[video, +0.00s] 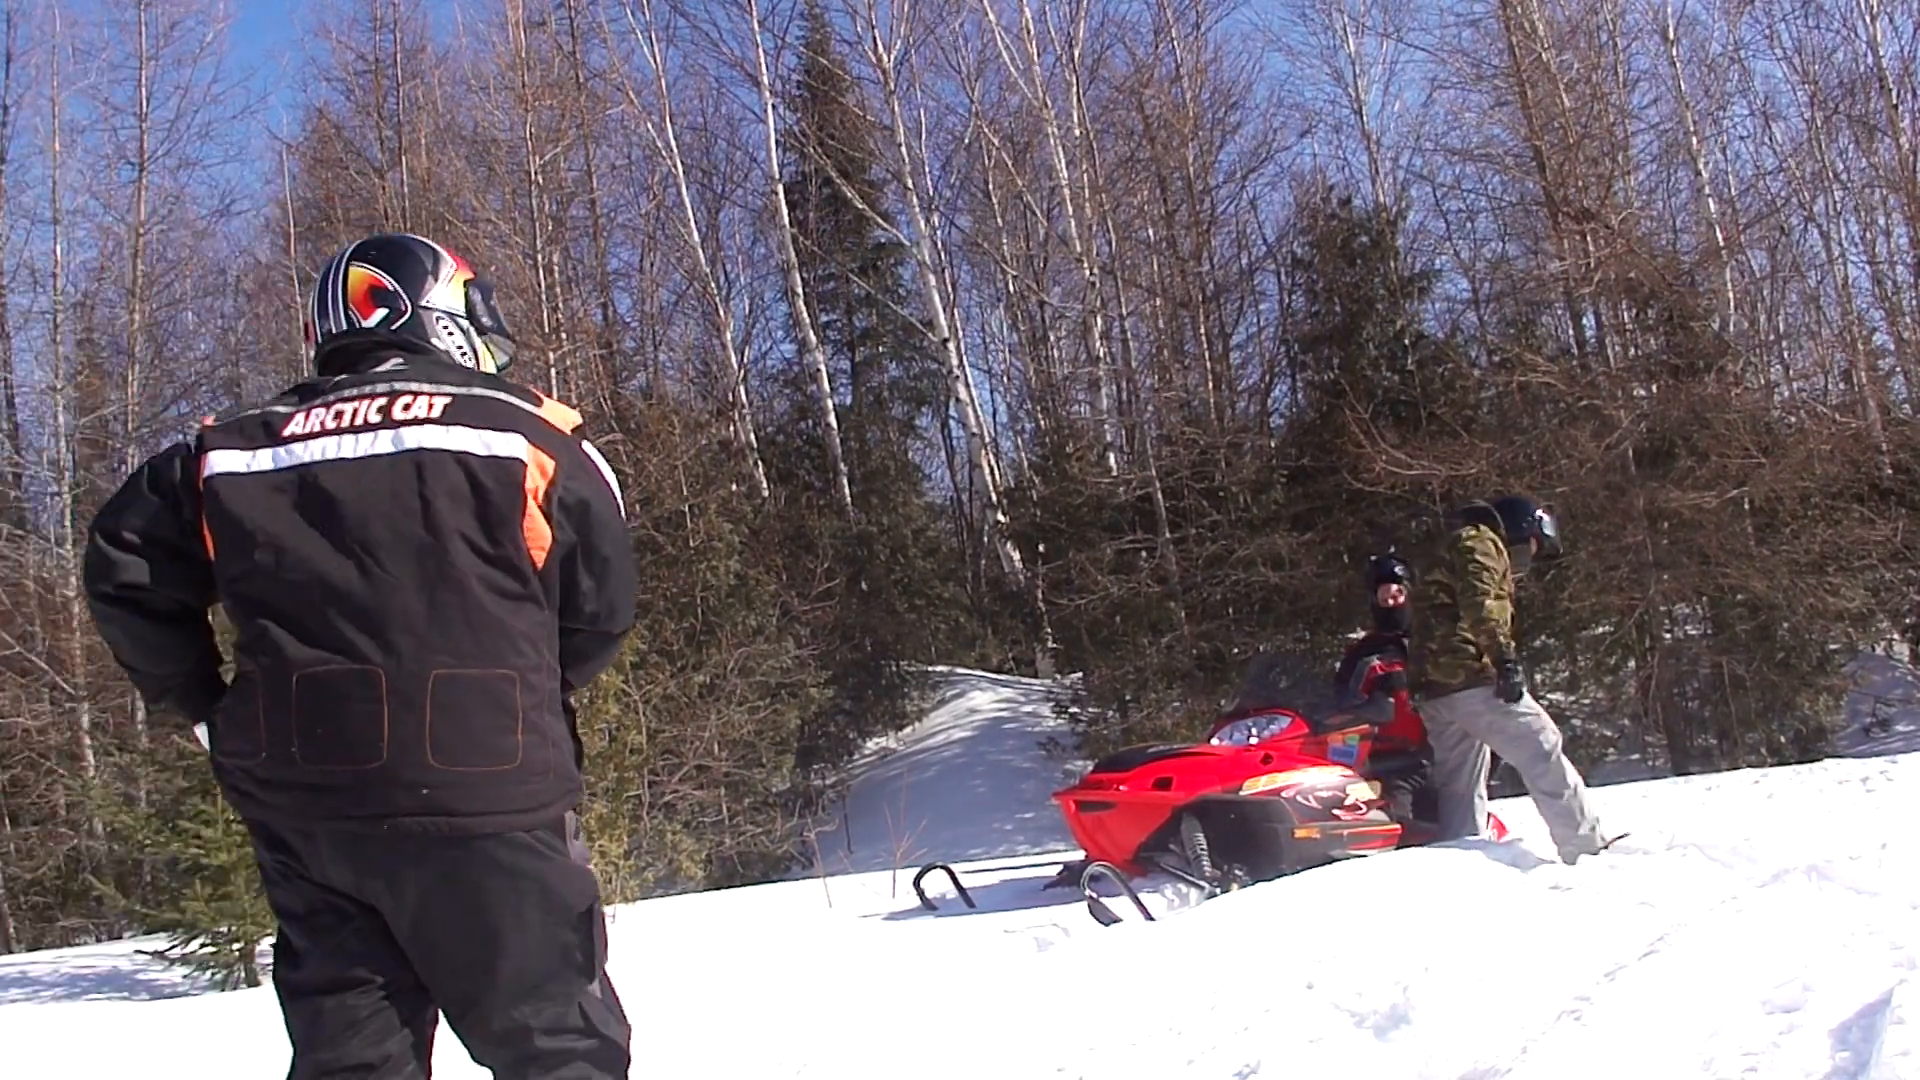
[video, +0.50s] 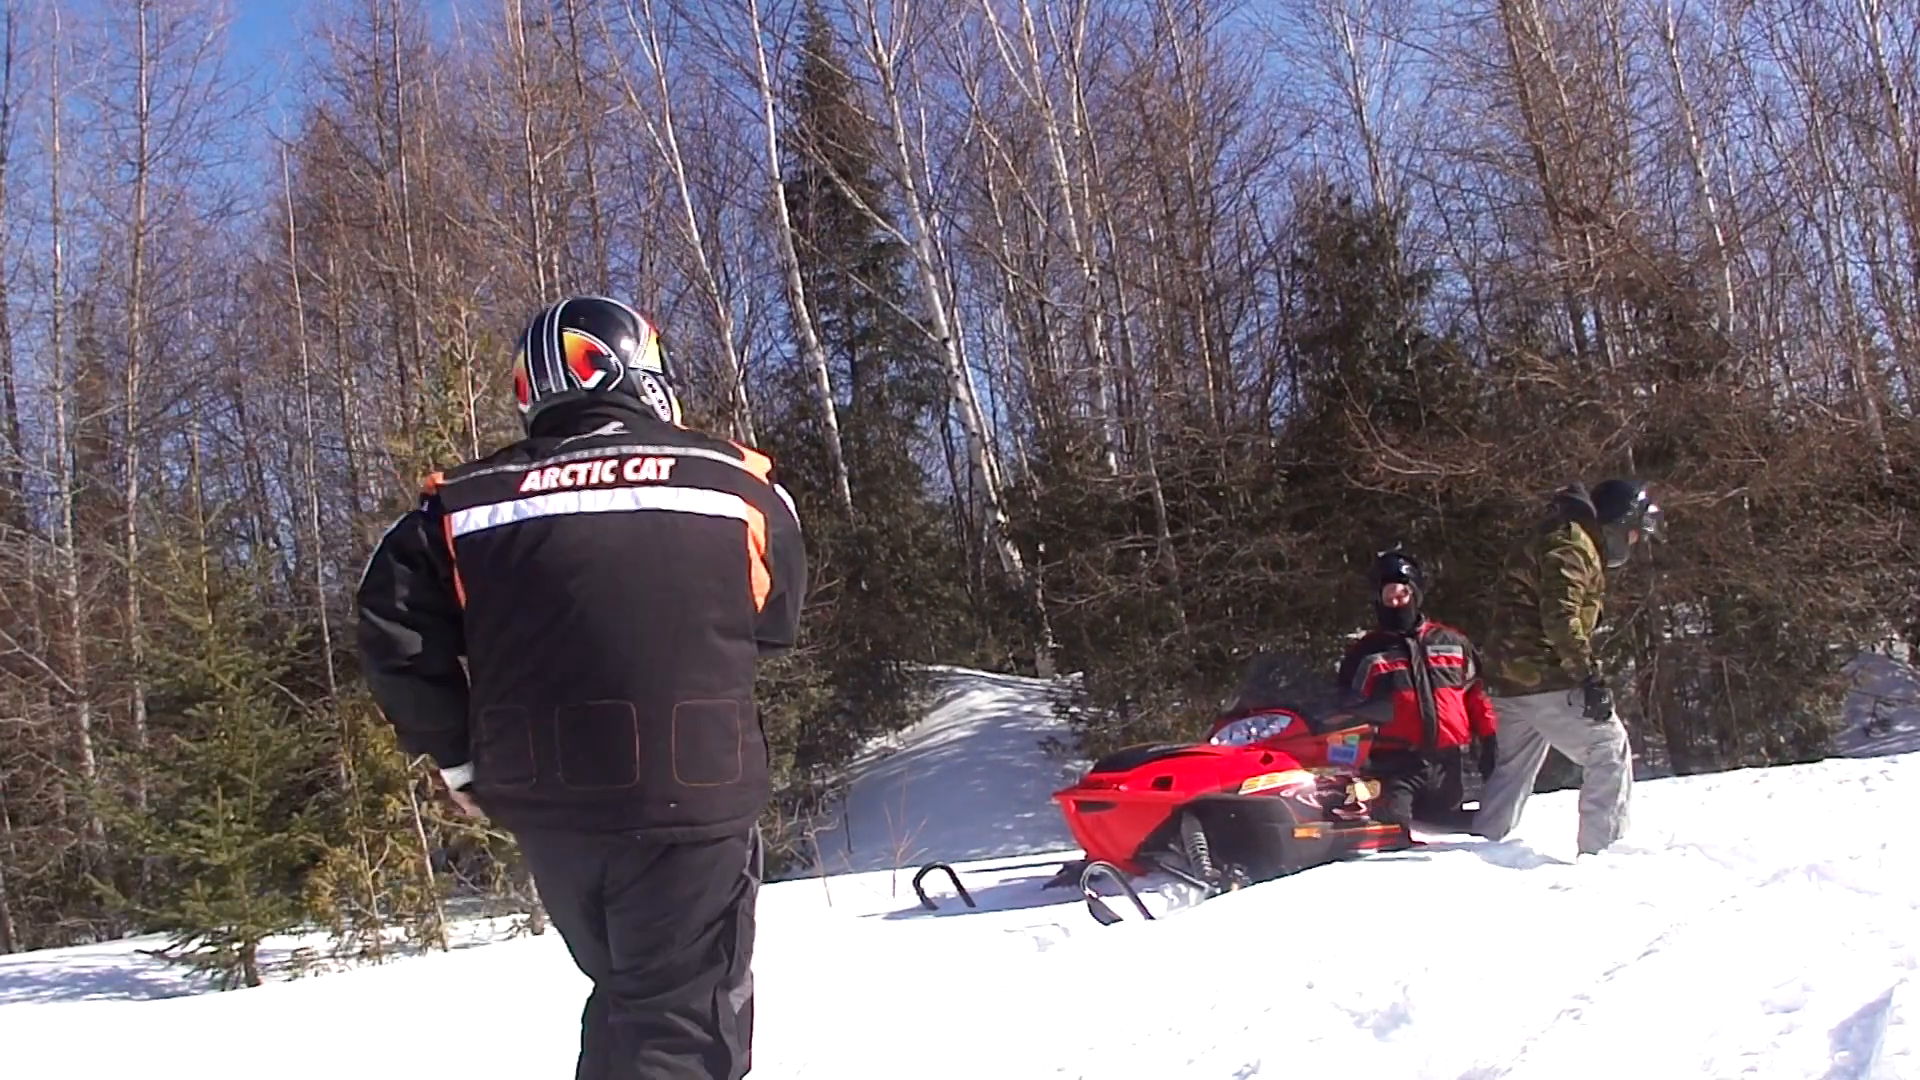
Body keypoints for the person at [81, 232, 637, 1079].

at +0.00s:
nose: (494, 337)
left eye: (488, 317)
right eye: (481, 316)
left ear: (326, 330)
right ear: (454, 320)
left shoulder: (226, 446)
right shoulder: (536, 438)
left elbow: (121, 563)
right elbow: (602, 611)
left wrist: (207, 704)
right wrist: (524, 685)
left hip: (305, 824)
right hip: (489, 814)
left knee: (348, 1055)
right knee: (558, 1048)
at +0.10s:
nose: (539, 358)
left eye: (532, 339)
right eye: (527, 338)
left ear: (374, 355)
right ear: (501, 343)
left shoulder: (284, 468)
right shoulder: (585, 455)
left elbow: (183, 593)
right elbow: (656, 624)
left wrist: (262, 726)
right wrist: (576, 696)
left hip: (359, 829)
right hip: (537, 828)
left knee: (387, 1042)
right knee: (590, 1048)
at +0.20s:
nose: (588, 375)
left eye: (581, 357)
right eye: (578, 356)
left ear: (427, 377)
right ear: (556, 363)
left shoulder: (341, 494)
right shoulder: (642, 479)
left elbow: (256, 627)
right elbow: (698, 646)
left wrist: (330, 753)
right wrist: (611, 701)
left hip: (426, 849)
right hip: (601, 845)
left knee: (443, 1047)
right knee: (648, 1050)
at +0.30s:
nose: (624, 372)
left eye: (617, 355)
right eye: (614, 355)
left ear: (474, 372)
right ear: (594, 362)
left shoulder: (382, 494)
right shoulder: (679, 477)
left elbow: (314, 632)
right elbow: (733, 635)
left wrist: (390, 754)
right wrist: (643, 698)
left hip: (467, 835)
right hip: (638, 826)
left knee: (514, 1035)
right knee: (663, 1047)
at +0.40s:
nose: (647, 371)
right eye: (637, 357)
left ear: (502, 376)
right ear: (620, 362)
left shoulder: (424, 490)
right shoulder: (710, 473)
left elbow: (355, 631)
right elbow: (759, 624)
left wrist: (433, 745)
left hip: (512, 824)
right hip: (671, 818)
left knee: (568, 1006)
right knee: (665, 1033)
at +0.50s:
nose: (670, 382)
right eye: (662, 368)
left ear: (529, 388)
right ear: (645, 374)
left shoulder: (461, 498)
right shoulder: (737, 485)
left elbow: (391, 629)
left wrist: (455, 754)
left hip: (543, 812)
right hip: (694, 807)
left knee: (623, 1002)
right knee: (675, 1027)